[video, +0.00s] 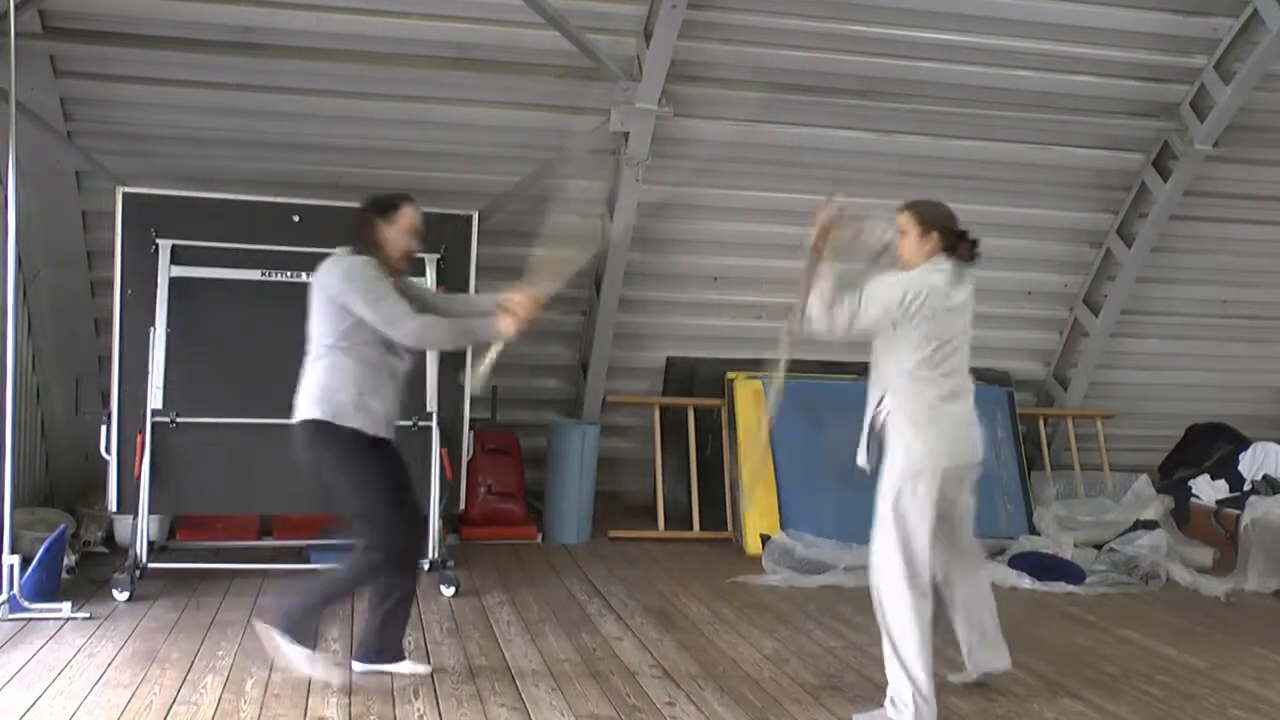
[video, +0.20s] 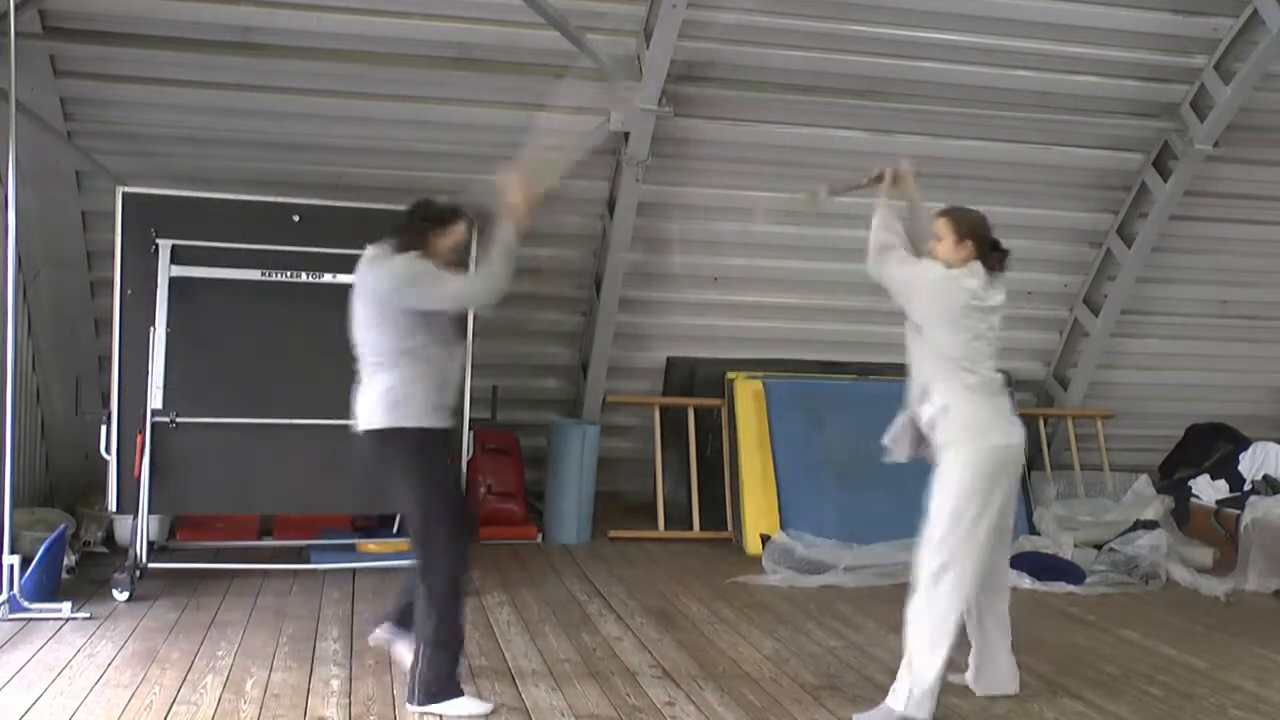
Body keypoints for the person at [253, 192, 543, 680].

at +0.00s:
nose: (416, 245)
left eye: (418, 235)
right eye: (409, 232)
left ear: (396, 233)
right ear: (379, 227)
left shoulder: (382, 279)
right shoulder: (348, 270)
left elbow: (439, 306)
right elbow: (409, 328)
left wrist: (502, 301)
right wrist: (495, 327)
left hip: (366, 432)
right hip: (333, 427)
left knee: (408, 537)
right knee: (385, 541)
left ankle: (378, 653)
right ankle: (289, 619)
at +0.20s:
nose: (457, 257)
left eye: (461, 248)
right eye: (455, 245)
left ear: (420, 229)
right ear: (432, 234)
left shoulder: (379, 265)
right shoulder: (400, 269)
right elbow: (483, 289)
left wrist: (504, 235)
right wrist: (511, 220)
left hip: (396, 427)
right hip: (409, 431)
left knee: (456, 529)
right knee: (443, 550)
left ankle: (400, 624)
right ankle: (433, 690)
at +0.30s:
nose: (481, 230)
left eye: (481, 223)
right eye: (475, 222)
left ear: (430, 224)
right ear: (448, 226)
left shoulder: (398, 264)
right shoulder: (444, 270)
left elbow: (443, 224)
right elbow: (513, 251)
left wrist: (460, 173)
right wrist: (498, 195)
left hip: (411, 428)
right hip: (439, 431)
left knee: (476, 529)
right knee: (468, 551)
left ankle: (453, 613)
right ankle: (433, 690)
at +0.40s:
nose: (500, 229)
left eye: (498, 218)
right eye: (492, 220)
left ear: (449, 223)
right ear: (467, 224)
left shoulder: (419, 263)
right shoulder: (464, 268)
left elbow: (453, 236)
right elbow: (529, 251)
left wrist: (479, 193)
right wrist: (514, 206)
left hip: (429, 423)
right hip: (449, 428)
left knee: (525, 486)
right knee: (467, 560)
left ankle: (493, 590)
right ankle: (432, 691)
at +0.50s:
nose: (529, 237)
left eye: (530, 226)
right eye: (524, 226)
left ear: (482, 227)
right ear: (496, 226)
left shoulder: (450, 270)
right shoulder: (480, 265)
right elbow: (553, 281)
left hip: (469, 429)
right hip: (453, 432)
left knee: (533, 510)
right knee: (473, 557)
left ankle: (519, 627)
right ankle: (431, 690)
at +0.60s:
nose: (554, 251)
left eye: (554, 240)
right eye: (548, 240)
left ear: (518, 239)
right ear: (518, 238)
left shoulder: (505, 288)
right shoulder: (483, 269)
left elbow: (540, 356)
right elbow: (552, 301)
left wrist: (596, 338)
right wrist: (616, 311)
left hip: (485, 439)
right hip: (447, 435)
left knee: (524, 535)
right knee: (482, 556)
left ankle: (520, 649)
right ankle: (432, 688)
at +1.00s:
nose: (570, 267)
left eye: (574, 257)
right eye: (568, 254)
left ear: (534, 239)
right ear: (546, 243)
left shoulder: (493, 268)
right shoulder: (511, 277)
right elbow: (575, 329)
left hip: (488, 430)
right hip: (468, 429)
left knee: (548, 508)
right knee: (472, 549)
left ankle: (524, 628)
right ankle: (413, 678)